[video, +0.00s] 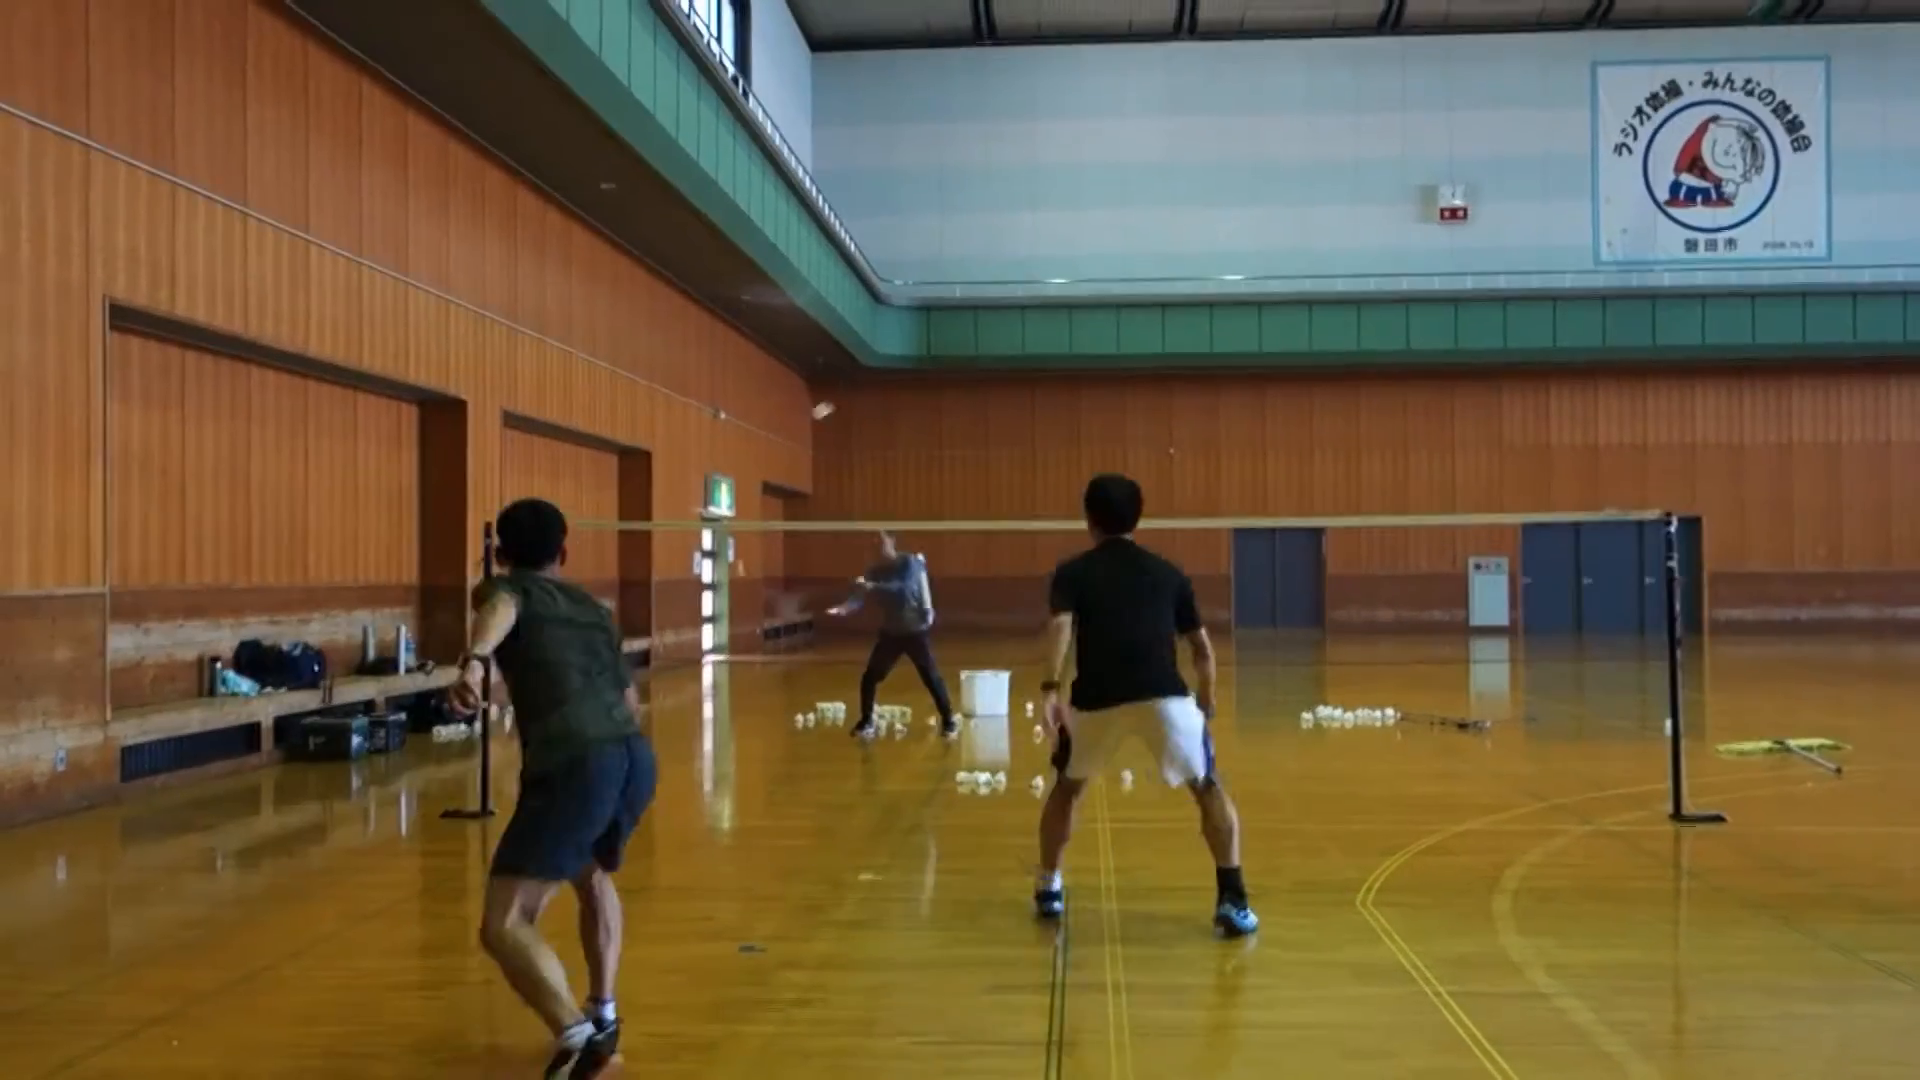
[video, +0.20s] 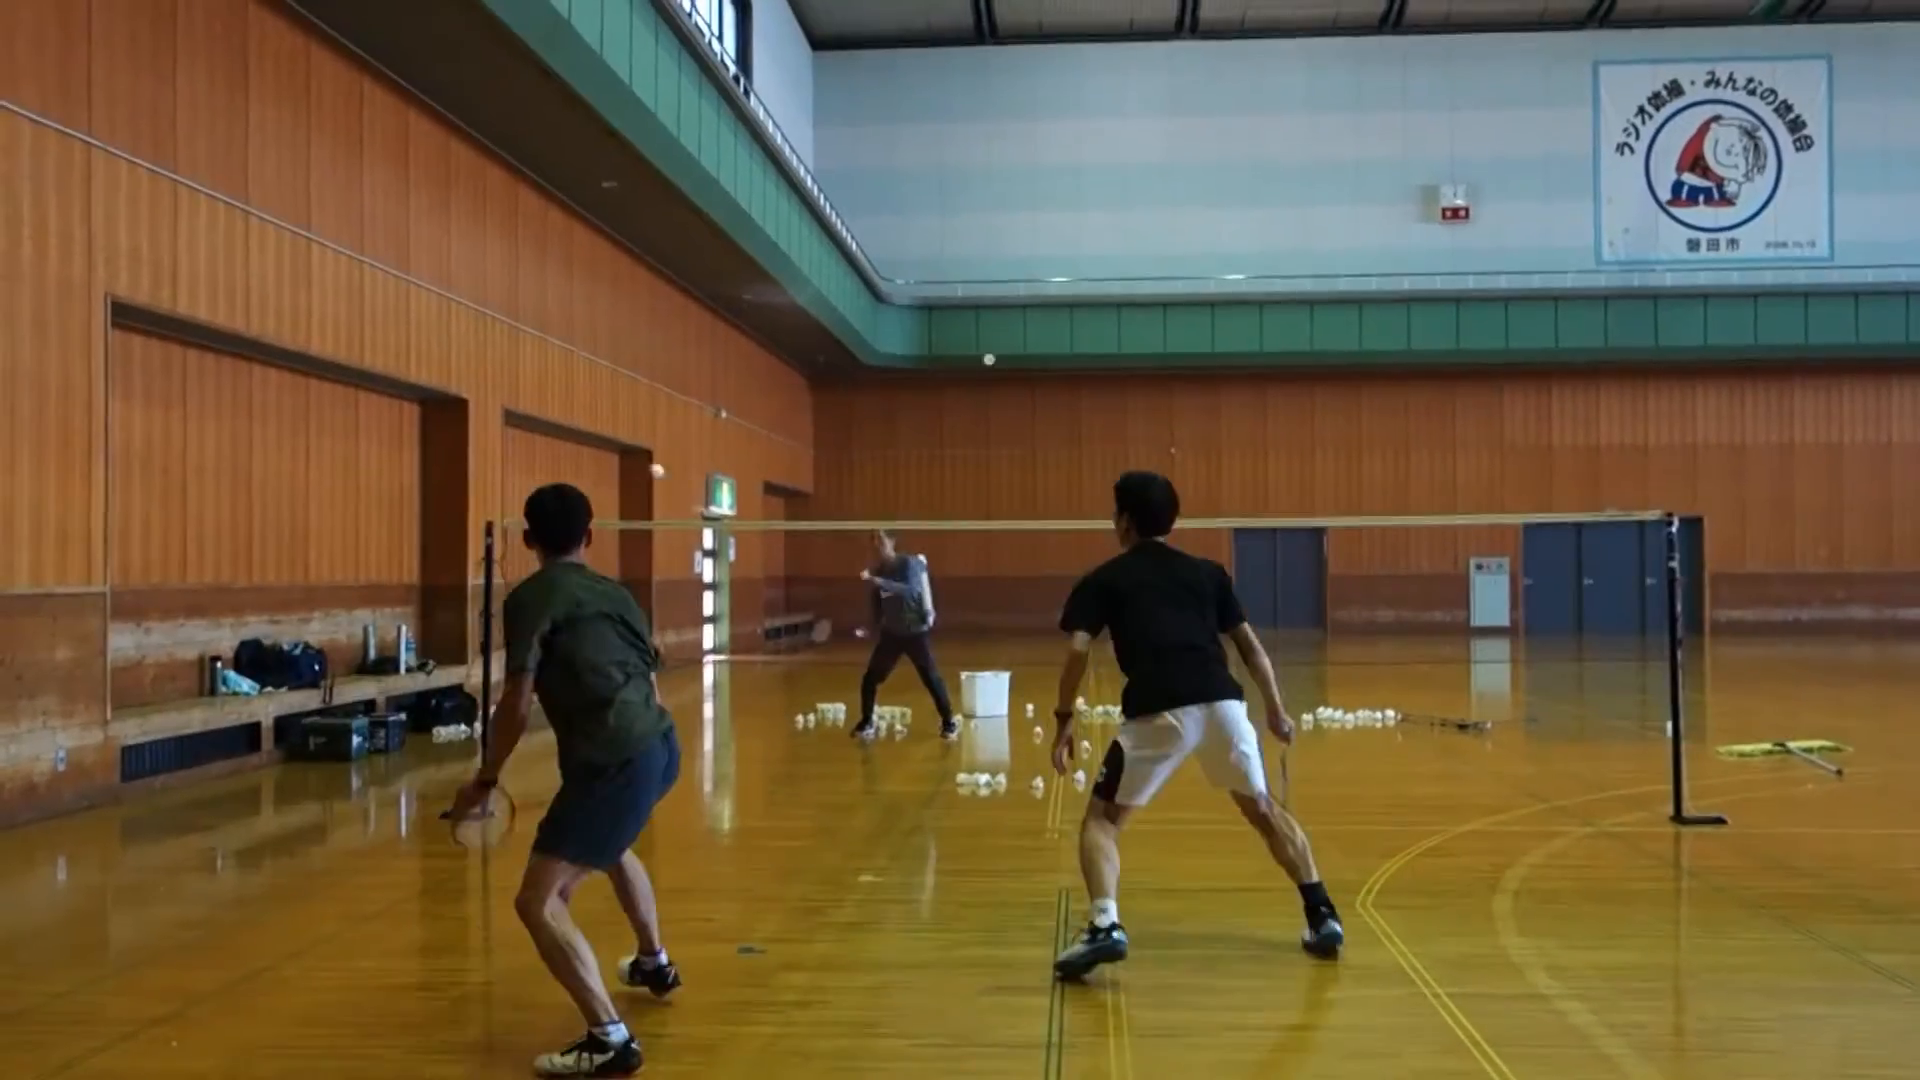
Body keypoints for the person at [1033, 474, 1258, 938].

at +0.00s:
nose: (1087, 521)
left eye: (1088, 514)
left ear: (1089, 519)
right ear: (1137, 519)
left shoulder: (1072, 572)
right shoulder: (1167, 572)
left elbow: (1060, 626)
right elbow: (1203, 651)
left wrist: (1049, 689)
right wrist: (1205, 711)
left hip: (1096, 696)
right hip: (1164, 693)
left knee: (1067, 786)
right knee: (1209, 790)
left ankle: (1048, 888)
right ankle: (1233, 900)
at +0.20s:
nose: (1112, 522)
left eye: (1115, 514)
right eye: (1114, 513)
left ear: (1126, 520)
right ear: (1170, 522)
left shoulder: (1105, 579)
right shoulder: (1207, 573)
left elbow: (1077, 653)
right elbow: (1249, 644)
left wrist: (1064, 719)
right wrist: (1276, 707)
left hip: (1158, 712)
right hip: (1225, 705)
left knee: (1101, 821)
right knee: (1264, 808)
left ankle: (1105, 925)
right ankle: (1322, 912)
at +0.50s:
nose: (1085, 515)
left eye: (1085, 506)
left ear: (1085, 511)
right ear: (1137, 511)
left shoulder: (1069, 571)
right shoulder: (1175, 567)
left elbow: (1058, 645)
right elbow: (1235, 627)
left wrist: (1061, 719)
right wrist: (1259, 696)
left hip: (1131, 705)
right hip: (1202, 701)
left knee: (1060, 816)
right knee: (1234, 799)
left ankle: (1098, 943)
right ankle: (1279, 906)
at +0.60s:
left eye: (1067, 507)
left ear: (1066, 514)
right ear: (1122, 514)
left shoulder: (1053, 580)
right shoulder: (1159, 573)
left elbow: (1043, 657)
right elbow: (1214, 640)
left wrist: (1029, 738)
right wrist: (1221, 710)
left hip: (1113, 714)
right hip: (1190, 712)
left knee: (1034, 813)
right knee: (1212, 800)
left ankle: (1025, 937)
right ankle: (1237, 928)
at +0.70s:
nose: (1046, 530)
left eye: (1045, 522)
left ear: (1045, 529)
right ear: (1102, 529)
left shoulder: (1031, 600)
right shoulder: (1140, 592)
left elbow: (1011, 685)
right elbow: (1186, 668)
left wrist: (994, 765)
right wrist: (1205, 740)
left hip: (1086, 746)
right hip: (1163, 740)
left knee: (1006, 856)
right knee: (1198, 836)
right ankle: (1230, 960)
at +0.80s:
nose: (1023, 535)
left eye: (1017, 526)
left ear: (1018, 536)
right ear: (1076, 537)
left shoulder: (993, 608)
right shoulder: (1110, 603)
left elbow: (969, 693)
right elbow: (1167, 681)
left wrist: (956, 777)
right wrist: (1206, 755)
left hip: (1036, 763)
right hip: (1118, 759)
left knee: (962, 877)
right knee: (1173, 848)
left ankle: (929, 1014)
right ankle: (1226, 964)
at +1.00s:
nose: (979, 528)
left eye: (978, 519)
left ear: (978, 525)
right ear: (1038, 524)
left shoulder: (958, 599)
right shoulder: (1081, 588)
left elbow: (923, 690)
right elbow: (1130, 666)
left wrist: (908, 765)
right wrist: (1164, 746)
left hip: (1000, 751)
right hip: (1090, 746)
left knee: (913, 852)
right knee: (1143, 851)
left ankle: (849, 985)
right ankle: (1189, 983)